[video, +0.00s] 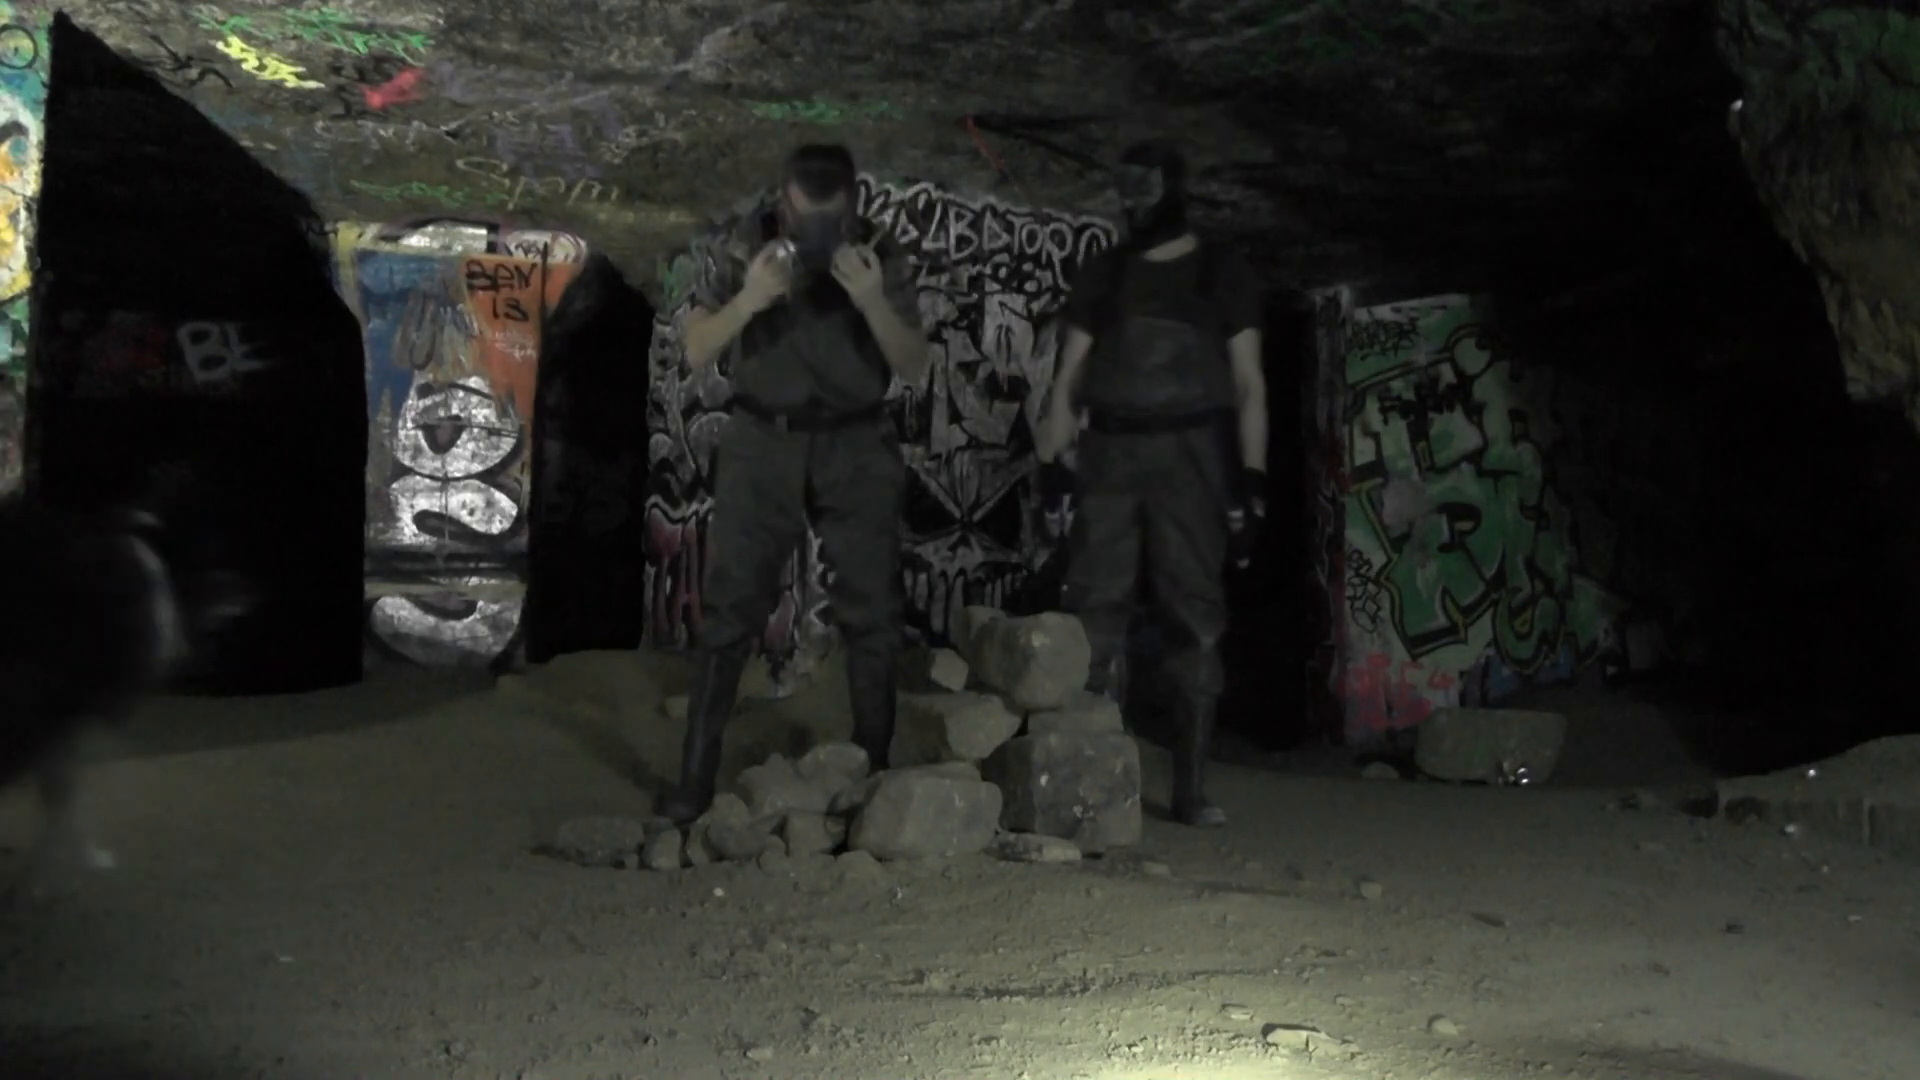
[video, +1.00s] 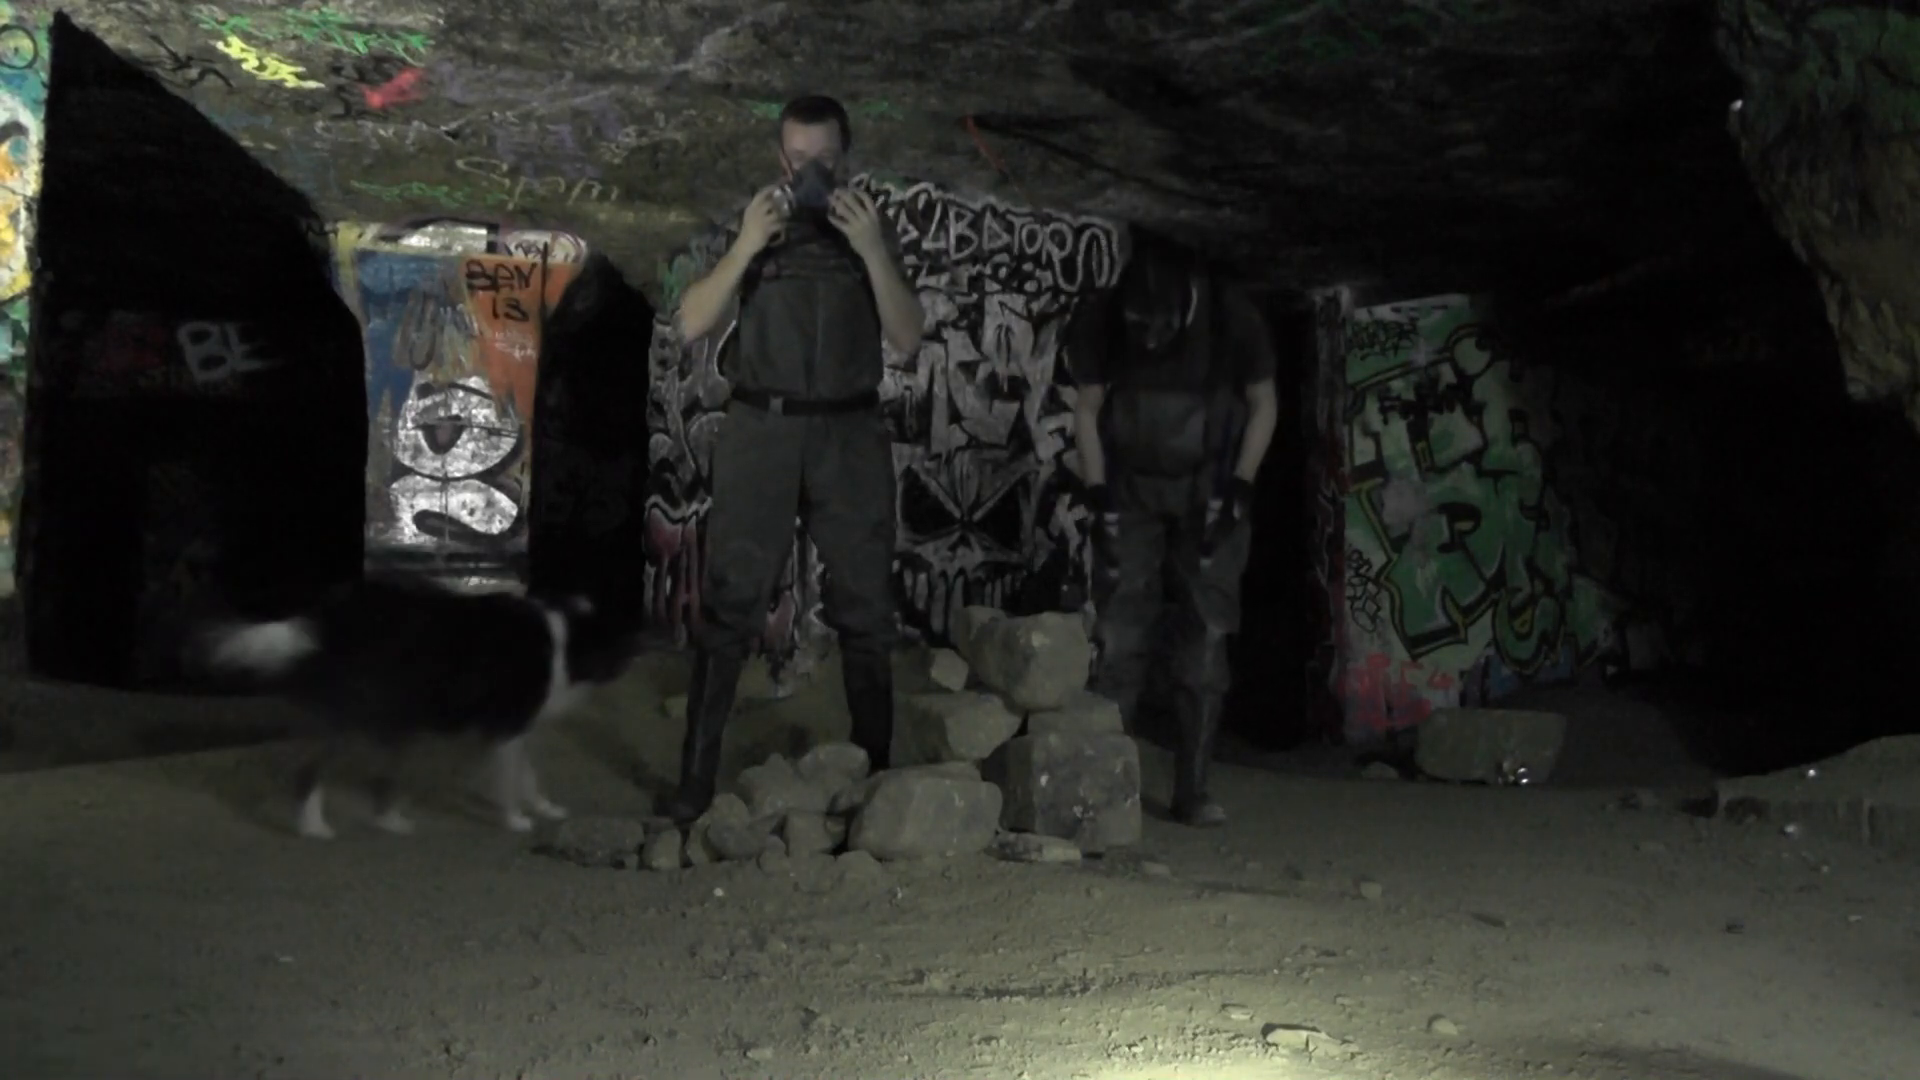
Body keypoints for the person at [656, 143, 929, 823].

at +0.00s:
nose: (817, 229)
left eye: (831, 217)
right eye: (805, 215)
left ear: (853, 204)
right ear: (783, 199)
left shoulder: (877, 253)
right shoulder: (741, 245)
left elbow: (912, 364)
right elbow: (697, 349)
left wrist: (872, 299)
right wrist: (749, 300)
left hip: (856, 453)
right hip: (758, 450)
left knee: (870, 617)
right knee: (729, 615)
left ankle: (873, 781)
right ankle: (694, 787)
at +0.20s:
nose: (819, 201)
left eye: (834, 188)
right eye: (808, 186)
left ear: (857, 182)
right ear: (788, 176)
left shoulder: (878, 247)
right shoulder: (748, 238)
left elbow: (910, 359)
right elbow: (697, 339)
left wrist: (875, 280)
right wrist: (754, 277)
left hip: (854, 453)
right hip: (758, 450)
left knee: (866, 617)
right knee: (729, 614)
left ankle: (873, 781)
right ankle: (695, 785)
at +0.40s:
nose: (818, 184)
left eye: (834, 172)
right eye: (806, 169)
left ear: (858, 165)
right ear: (786, 157)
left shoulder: (875, 233)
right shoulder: (748, 229)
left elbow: (908, 353)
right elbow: (696, 334)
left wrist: (875, 260)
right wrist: (755, 253)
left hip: (853, 447)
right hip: (759, 444)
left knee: (866, 618)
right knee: (730, 614)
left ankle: (874, 782)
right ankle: (696, 786)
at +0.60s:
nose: (814, 176)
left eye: (828, 163)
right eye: (802, 161)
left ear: (852, 159)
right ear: (783, 153)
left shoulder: (871, 231)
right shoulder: (749, 230)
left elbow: (907, 345)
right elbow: (695, 331)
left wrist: (871, 248)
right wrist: (752, 245)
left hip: (852, 445)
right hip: (759, 443)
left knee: (865, 617)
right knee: (730, 612)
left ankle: (875, 780)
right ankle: (695, 787)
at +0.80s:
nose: (814, 175)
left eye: (828, 163)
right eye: (803, 162)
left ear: (850, 160)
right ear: (781, 155)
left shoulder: (869, 229)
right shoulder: (749, 229)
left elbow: (907, 340)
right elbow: (694, 325)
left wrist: (869, 245)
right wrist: (750, 242)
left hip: (851, 445)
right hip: (759, 442)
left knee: (865, 617)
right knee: (731, 611)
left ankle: (876, 783)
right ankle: (695, 787)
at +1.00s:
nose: (808, 176)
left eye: (822, 163)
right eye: (797, 163)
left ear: (846, 158)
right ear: (779, 156)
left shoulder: (869, 230)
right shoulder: (750, 230)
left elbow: (907, 339)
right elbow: (693, 323)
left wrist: (869, 242)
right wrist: (748, 243)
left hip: (850, 444)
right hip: (758, 441)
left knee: (864, 619)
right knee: (731, 611)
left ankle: (875, 784)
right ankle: (695, 785)